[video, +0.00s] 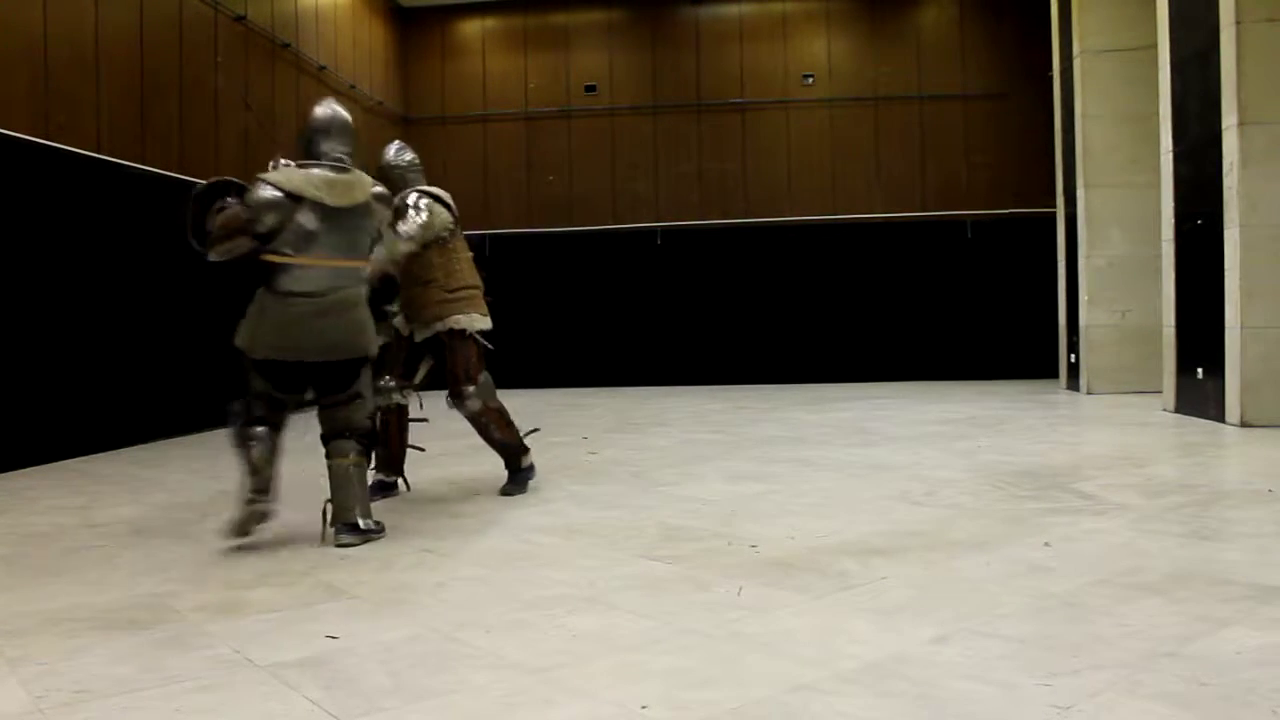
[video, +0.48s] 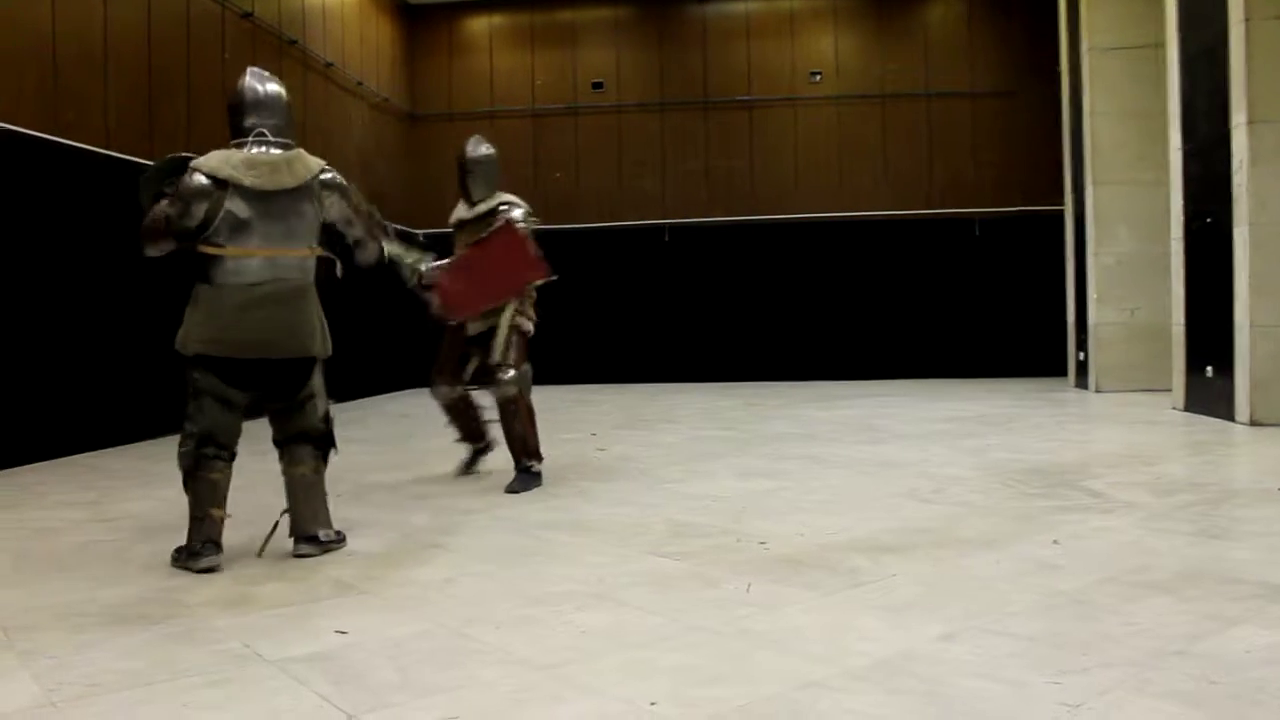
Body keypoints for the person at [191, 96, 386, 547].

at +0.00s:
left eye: (321, 136)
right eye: (339, 138)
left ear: (307, 139)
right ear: (350, 140)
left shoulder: (278, 189)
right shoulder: (373, 197)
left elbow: (231, 236)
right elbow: (382, 240)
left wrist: (223, 215)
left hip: (283, 319)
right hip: (346, 319)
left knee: (261, 406)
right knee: (346, 420)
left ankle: (259, 493)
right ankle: (350, 519)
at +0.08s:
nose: (310, 145)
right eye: (316, 135)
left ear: (280, 136)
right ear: (326, 139)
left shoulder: (249, 195)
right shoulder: (353, 195)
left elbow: (206, 244)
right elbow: (371, 223)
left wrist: (219, 207)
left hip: (261, 332)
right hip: (330, 332)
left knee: (237, 427)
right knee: (343, 418)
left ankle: (209, 533)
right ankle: (349, 519)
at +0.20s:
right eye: (290, 144)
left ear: (247, 148)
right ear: (294, 149)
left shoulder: (218, 200)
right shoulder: (317, 201)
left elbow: (182, 246)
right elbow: (350, 211)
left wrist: (190, 204)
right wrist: (327, 168)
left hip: (236, 341)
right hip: (305, 342)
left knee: (213, 439)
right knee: (320, 426)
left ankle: (206, 545)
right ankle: (329, 524)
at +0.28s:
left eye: (238, 136)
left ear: (234, 141)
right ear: (281, 138)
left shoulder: (210, 194)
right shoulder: (312, 195)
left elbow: (170, 240)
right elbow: (346, 205)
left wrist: (170, 199)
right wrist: (340, 168)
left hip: (227, 338)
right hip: (297, 339)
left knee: (201, 434)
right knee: (304, 419)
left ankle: (202, 544)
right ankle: (309, 523)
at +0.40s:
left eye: (236, 124)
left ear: (232, 128)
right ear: (282, 125)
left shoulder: (207, 185)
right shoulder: (312, 183)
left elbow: (162, 234)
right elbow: (359, 210)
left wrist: (159, 192)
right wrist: (370, 176)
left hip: (220, 331)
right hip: (290, 333)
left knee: (205, 434)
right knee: (294, 426)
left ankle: (204, 546)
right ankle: (302, 532)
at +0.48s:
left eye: (239, 115)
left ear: (235, 118)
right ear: (287, 117)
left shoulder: (208, 176)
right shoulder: (319, 178)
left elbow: (156, 237)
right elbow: (370, 245)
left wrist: (165, 187)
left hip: (222, 327)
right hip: (295, 328)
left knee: (211, 432)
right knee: (302, 424)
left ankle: (204, 543)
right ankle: (312, 528)